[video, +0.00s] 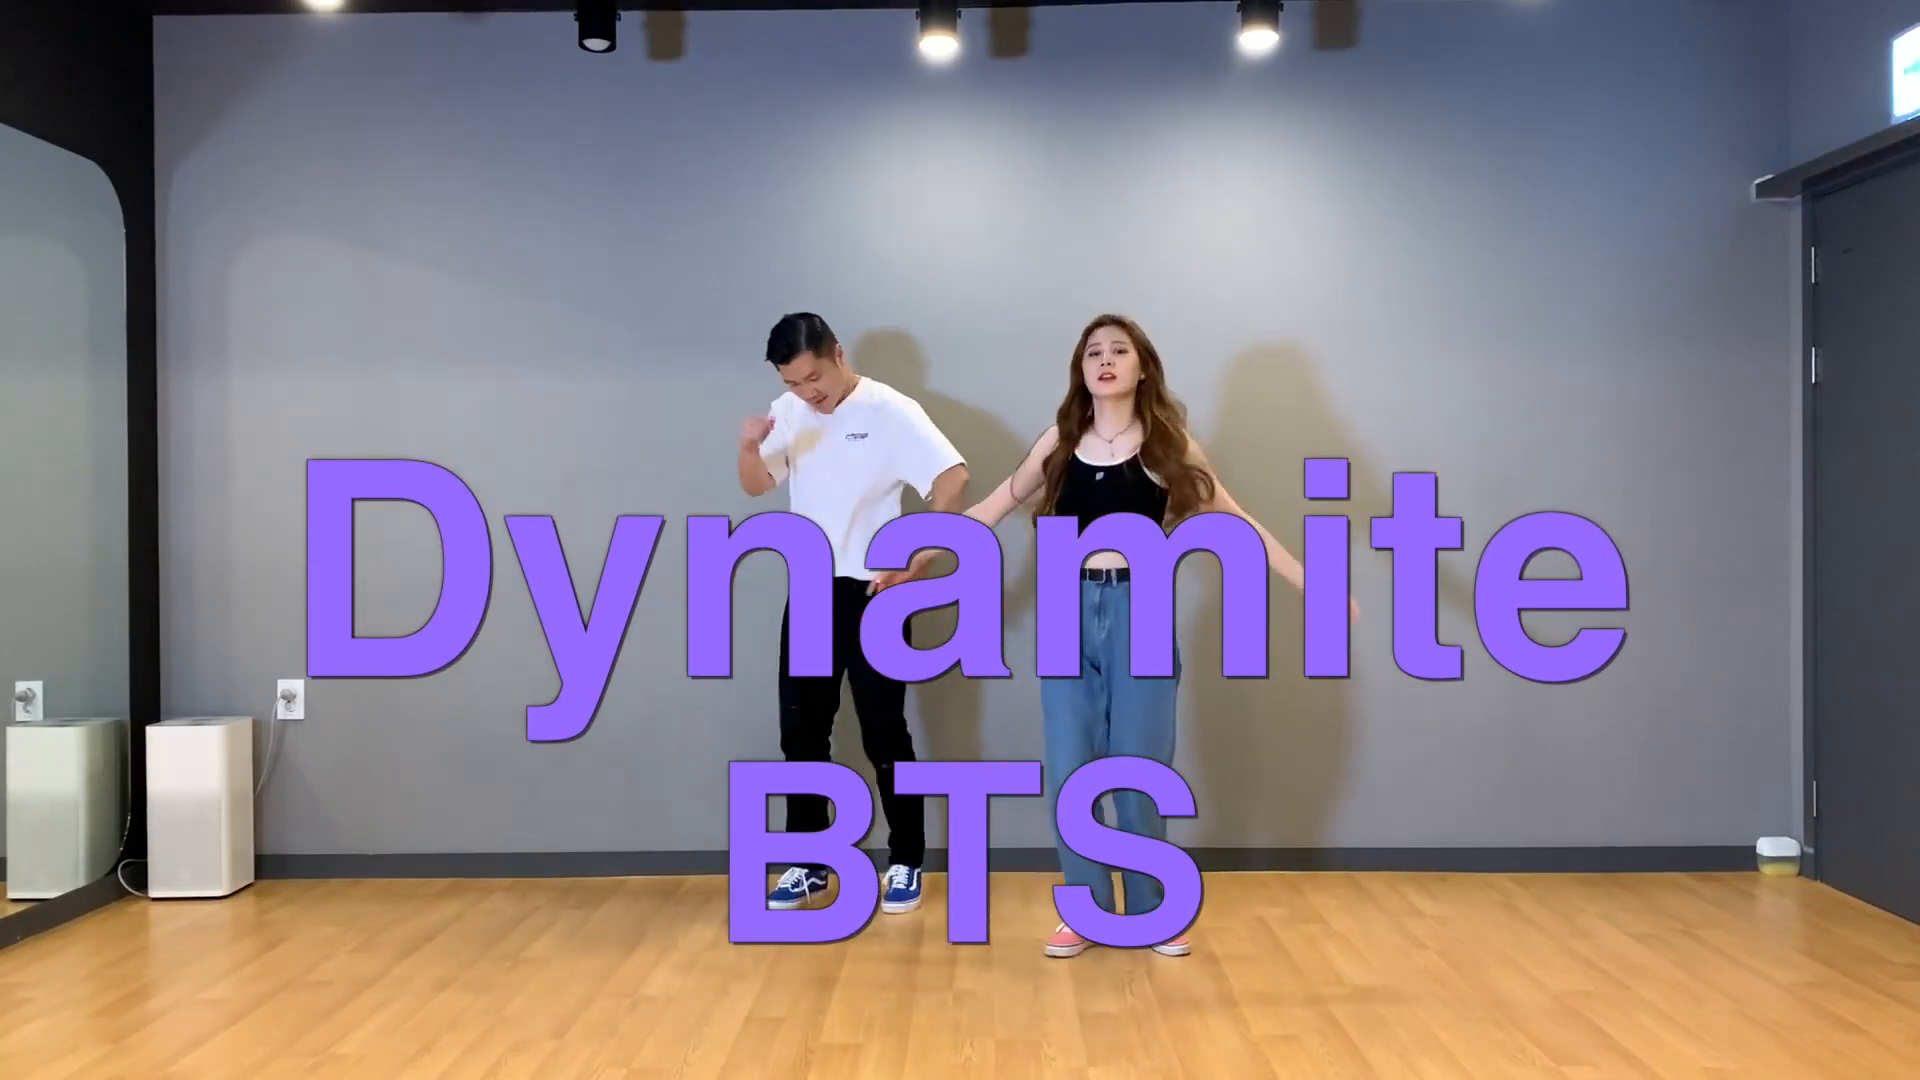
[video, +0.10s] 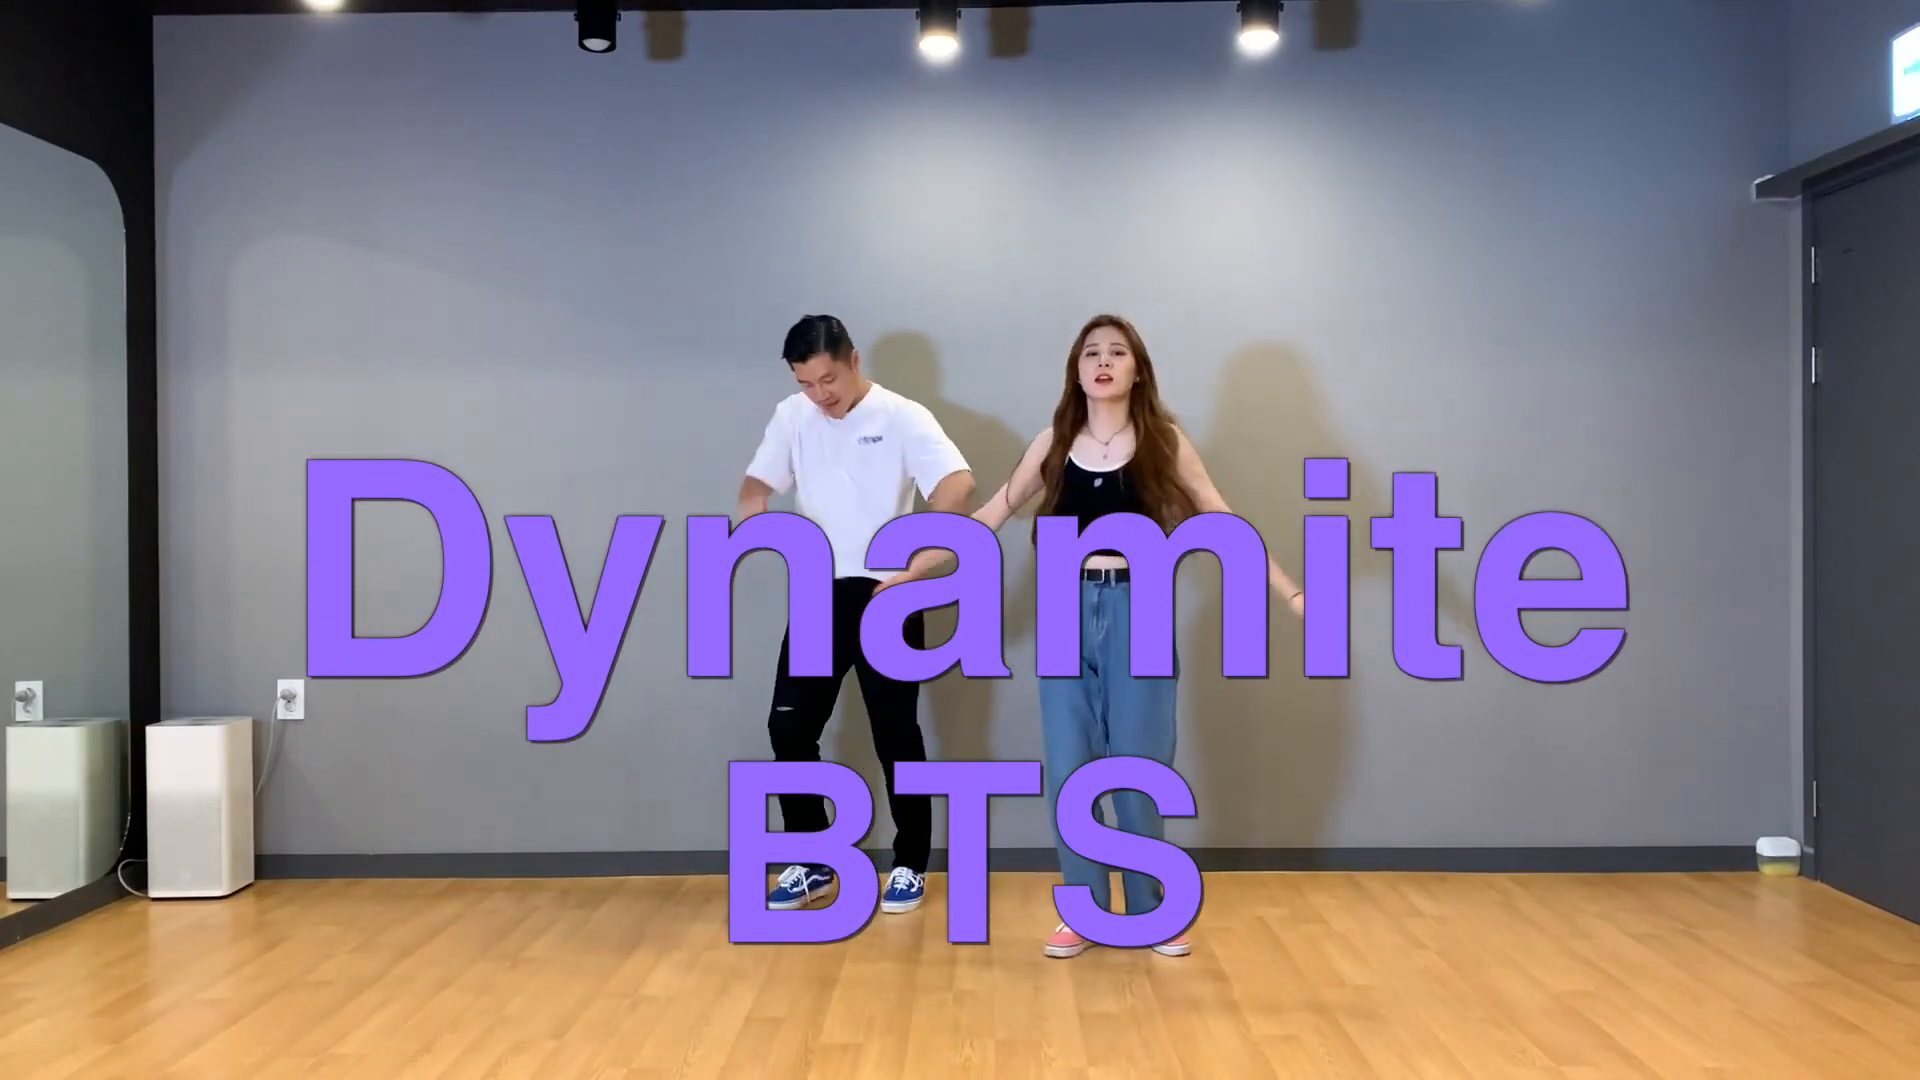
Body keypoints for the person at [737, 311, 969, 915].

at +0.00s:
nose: (808, 395)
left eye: (814, 380)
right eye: (796, 385)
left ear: (839, 354)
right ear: (784, 376)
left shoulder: (889, 410)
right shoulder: (790, 409)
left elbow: (952, 476)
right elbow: (757, 485)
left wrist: (918, 563)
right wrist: (748, 448)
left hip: (872, 591)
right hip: (807, 591)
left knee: (884, 734)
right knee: (801, 731)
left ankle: (905, 862)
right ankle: (809, 863)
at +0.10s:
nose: (818, 394)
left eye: (828, 380)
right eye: (807, 384)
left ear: (855, 361)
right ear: (797, 375)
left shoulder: (902, 417)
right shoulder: (793, 413)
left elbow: (958, 485)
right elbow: (757, 483)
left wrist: (920, 563)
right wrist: (752, 520)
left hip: (885, 592)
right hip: (817, 593)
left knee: (895, 734)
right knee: (789, 724)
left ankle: (909, 864)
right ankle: (811, 859)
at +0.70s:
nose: (813, 345)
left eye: (825, 337)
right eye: (800, 338)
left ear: (845, 356)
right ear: (785, 359)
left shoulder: (886, 431)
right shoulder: (758, 440)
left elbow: (954, 490)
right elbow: (722, 515)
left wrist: (969, 463)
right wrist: (671, 536)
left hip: (872, 608)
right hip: (794, 612)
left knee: (897, 736)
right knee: (784, 746)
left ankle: (880, 838)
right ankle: (799, 874)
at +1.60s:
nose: (839, 371)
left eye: (850, 359)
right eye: (826, 360)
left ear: (867, 364)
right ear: (809, 367)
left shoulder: (895, 447)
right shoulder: (773, 423)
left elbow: (931, 537)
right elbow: (712, 486)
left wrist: (929, 524)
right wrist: (666, 528)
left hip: (872, 605)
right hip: (799, 603)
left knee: (893, 743)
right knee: (797, 745)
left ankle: (866, 861)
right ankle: (785, 872)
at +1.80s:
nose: (819, 356)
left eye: (831, 344)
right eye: (807, 344)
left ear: (849, 350)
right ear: (790, 352)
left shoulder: (884, 426)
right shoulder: (764, 432)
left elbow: (921, 514)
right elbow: (743, 529)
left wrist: (923, 601)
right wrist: (726, 609)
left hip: (864, 603)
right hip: (787, 605)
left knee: (879, 740)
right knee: (777, 740)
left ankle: (865, 854)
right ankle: (785, 870)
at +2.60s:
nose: (850, 337)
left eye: (860, 326)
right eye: (837, 331)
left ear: (884, 337)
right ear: (824, 347)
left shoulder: (913, 431)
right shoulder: (793, 408)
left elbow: (920, 515)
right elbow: (774, 493)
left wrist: (886, 570)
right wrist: (761, 563)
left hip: (886, 594)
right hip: (810, 591)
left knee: (887, 741)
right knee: (791, 736)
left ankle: (885, 871)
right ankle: (775, 870)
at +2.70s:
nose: (843, 345)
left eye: (852, 331)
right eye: (830, 340)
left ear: (879, 336)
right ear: (821, 353)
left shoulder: (913, 420)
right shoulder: (800, 406)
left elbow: (916, 492)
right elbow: (776, 491)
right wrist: (749, 560)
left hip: (877, 594)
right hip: (802, 589)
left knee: (880, 740)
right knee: (782, 735)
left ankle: (883, 871)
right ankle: (774, 870)